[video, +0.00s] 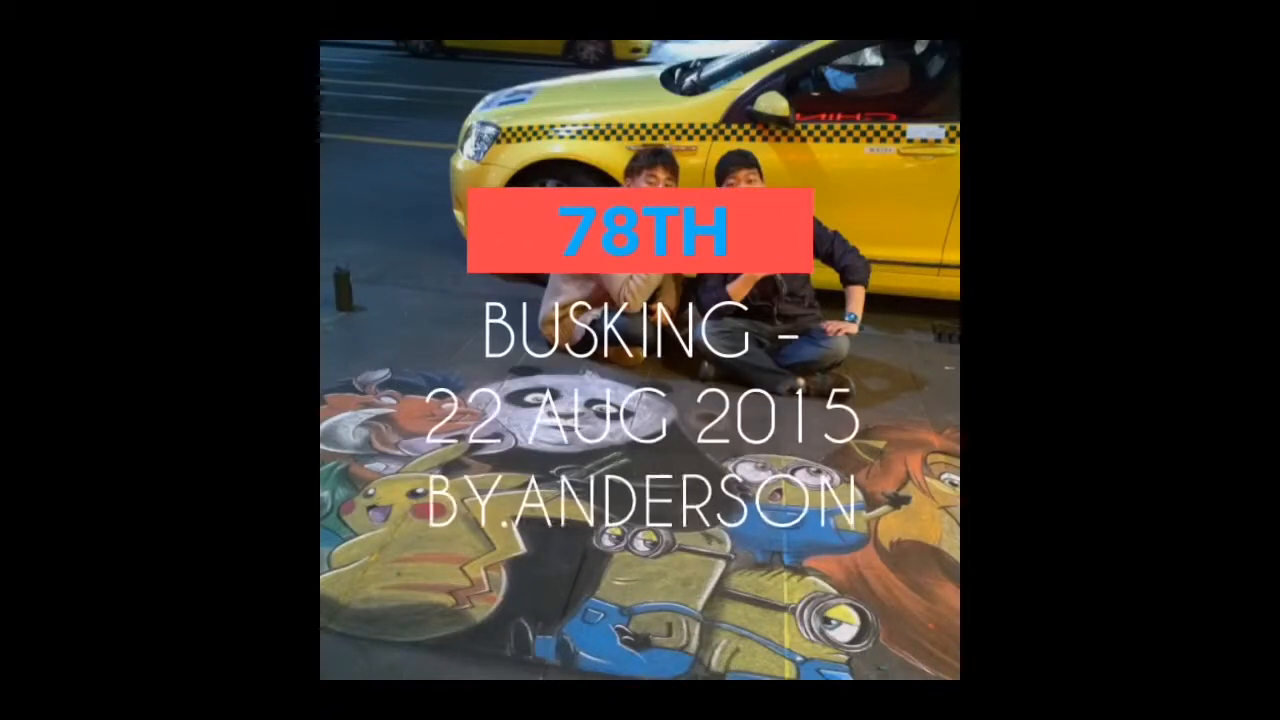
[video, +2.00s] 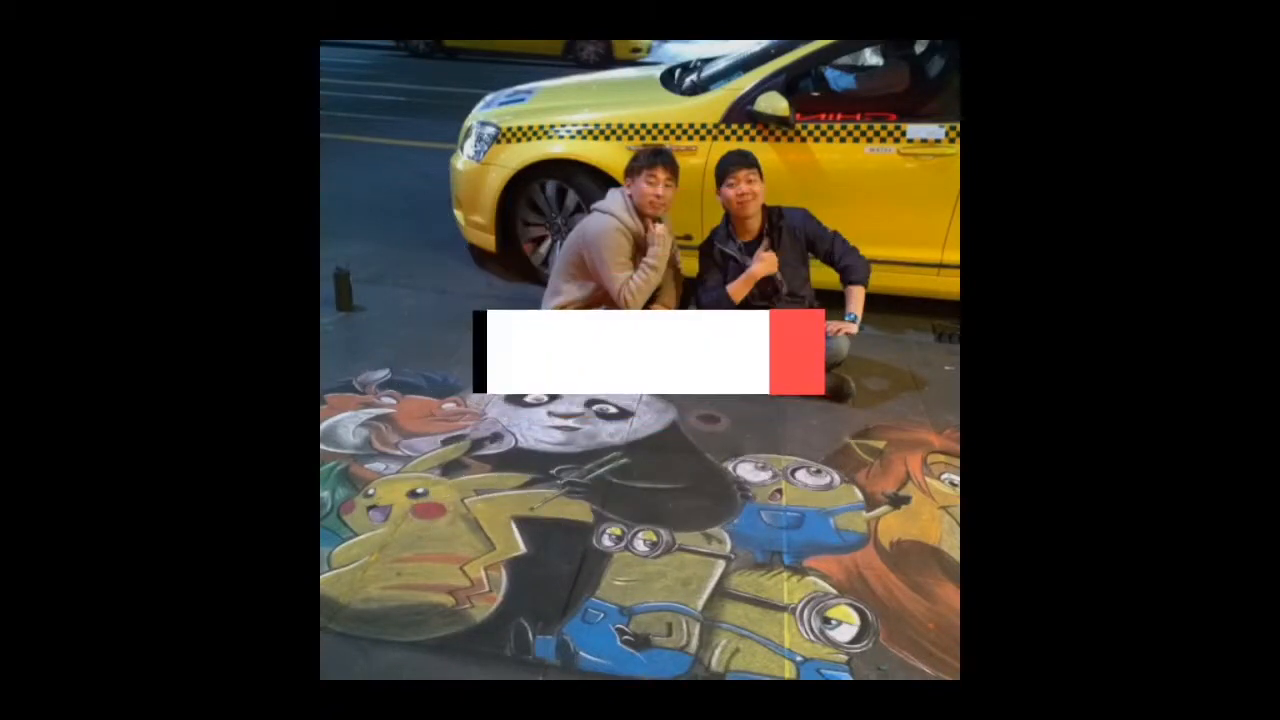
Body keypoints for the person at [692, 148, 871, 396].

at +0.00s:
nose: (743, 190)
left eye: (750, 181)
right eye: (732, 184)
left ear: (763, 185)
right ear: (721, 192)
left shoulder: (792, 220)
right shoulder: (716, 230)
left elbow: (854, 262)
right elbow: (708, 304)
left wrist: (851, 320)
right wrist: (752, 275)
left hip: (801, 325)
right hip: (748, 324)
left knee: (836, 344)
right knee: (709, 333)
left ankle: (731, 370)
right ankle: (800, 386)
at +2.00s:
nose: (743, 191)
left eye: (750, 181)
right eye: (732, 185)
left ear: (763, 187)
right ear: (720, 196)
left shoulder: (795, 222)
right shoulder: (713, 247)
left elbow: (853, 262)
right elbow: (707, 306)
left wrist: (851, 320)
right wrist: (752, 275)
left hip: (798, 329)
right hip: (742, 332)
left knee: (838, 344)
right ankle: (814, 385)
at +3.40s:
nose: (742, 190)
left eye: (750, 181)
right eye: (732, 184)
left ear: (763, 187)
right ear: (720, 195)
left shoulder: (795, 222)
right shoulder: (713, 245)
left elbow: (853, 262)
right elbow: (709, 301)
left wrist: (852, 320)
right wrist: (753, 273)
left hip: (799, 329)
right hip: (744, 333)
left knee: (837, 346)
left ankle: (749, 370)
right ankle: (799, 386)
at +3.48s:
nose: (743, 190)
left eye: (750, 181)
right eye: (733, 184)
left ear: (763, 186)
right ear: (720, 191)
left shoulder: (792, 221)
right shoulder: (713, 231)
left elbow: (853, 262)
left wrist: (851, 320)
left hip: (792, 326)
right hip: (735, 331)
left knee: (839, 344)